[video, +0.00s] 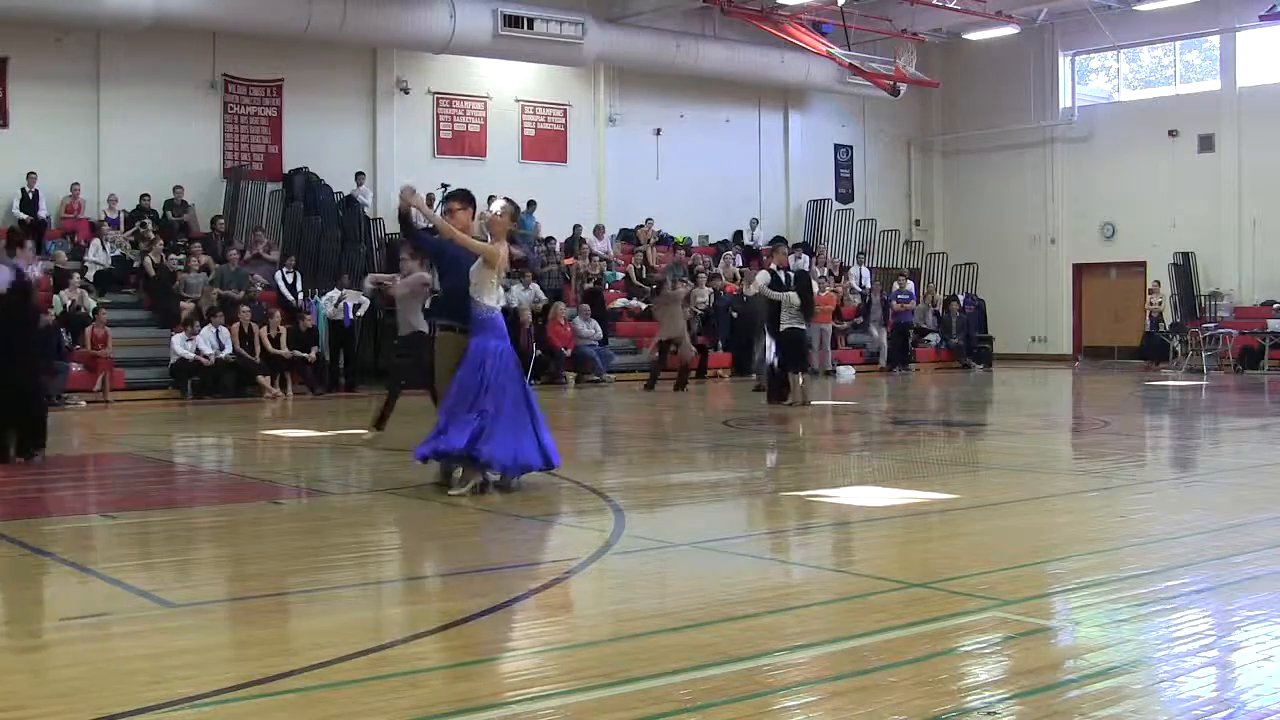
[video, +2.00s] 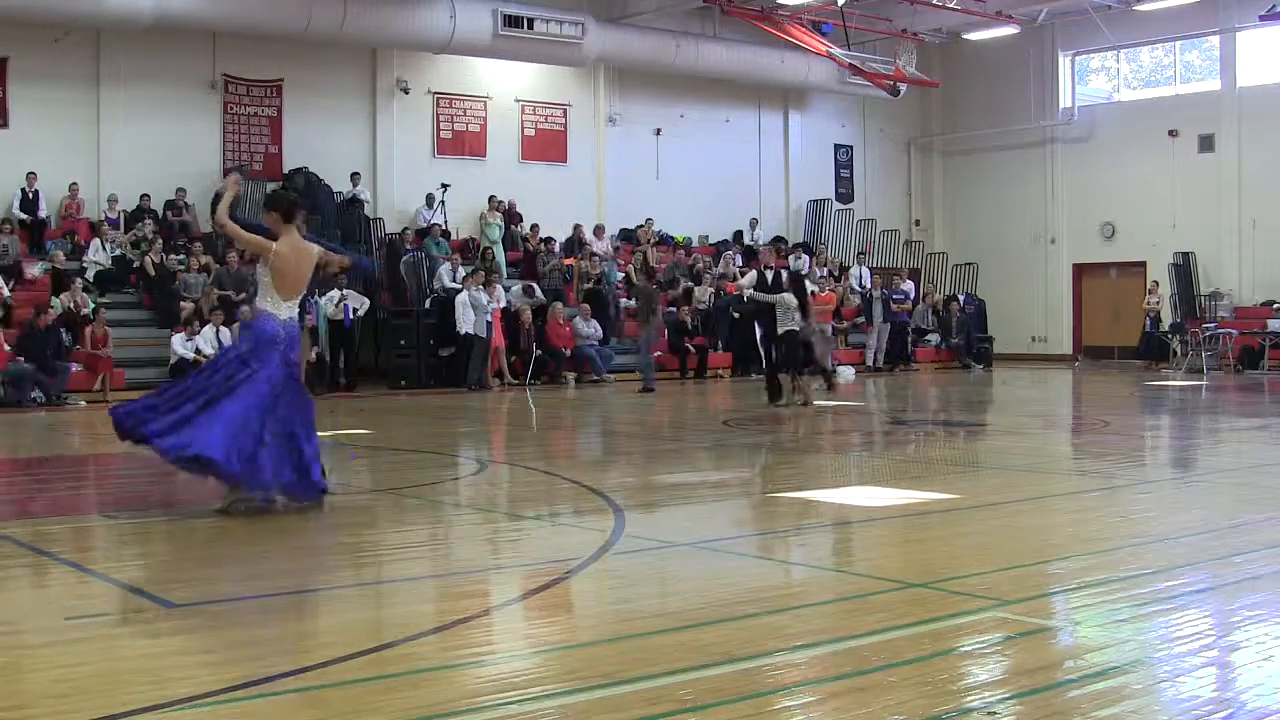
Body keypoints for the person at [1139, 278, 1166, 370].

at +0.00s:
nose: (1154, 288)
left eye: (1156, 286)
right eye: (1153, 286)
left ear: (1159, 287)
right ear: (1151, 287)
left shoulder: (1162, 296)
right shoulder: (1149, 296)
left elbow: (1161, 308)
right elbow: (1146, 307)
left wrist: (1150, 308)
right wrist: (1156, 307)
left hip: (1159, 319)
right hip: (1150, 319)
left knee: (1158, 340)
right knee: (1149, 339)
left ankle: (1157, 361)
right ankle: (1149, 361)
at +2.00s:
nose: (1152, 288)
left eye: (1154, 286)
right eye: (1151, 286)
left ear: (1157, 287)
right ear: (1150, 287)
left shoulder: (1160, 296)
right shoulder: (1148, 296)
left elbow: (1160, 308)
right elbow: (1144, 306)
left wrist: (1149, 307)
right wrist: (1153, 307)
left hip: (1156, 318)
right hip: (1149, 318)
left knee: (1156, 337)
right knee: (1148, 337)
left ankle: (1156, 361)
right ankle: (1149, 360)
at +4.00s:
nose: (1152, 288)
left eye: (1154, 286)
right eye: (1151, 286)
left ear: (1157, 287)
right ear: (1149, 287)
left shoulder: (1160, 297)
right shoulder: (1147, 297)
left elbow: (1160, 308)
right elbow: (1144, 306)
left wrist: (1150, 308)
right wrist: (1153, 307)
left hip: (1157, 318)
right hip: (1149, 318)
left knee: (1156, 338)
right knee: (1148, 338)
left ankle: (1156, 361)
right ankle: (1148, 361)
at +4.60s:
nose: (1151, 288)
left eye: (1153, 286)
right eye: (1150, 286)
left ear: (1157, 287)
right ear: (1149, 287)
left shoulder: (1160, 296)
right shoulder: (1147, 297)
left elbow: (1160, 308)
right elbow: (1144, 306)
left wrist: (1149, 308)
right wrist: (1154, 307)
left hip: (1156, 318)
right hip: (1149, 318)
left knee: (1156, 338)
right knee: (1148, 337)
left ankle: (1155, 361)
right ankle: (1148, 360)